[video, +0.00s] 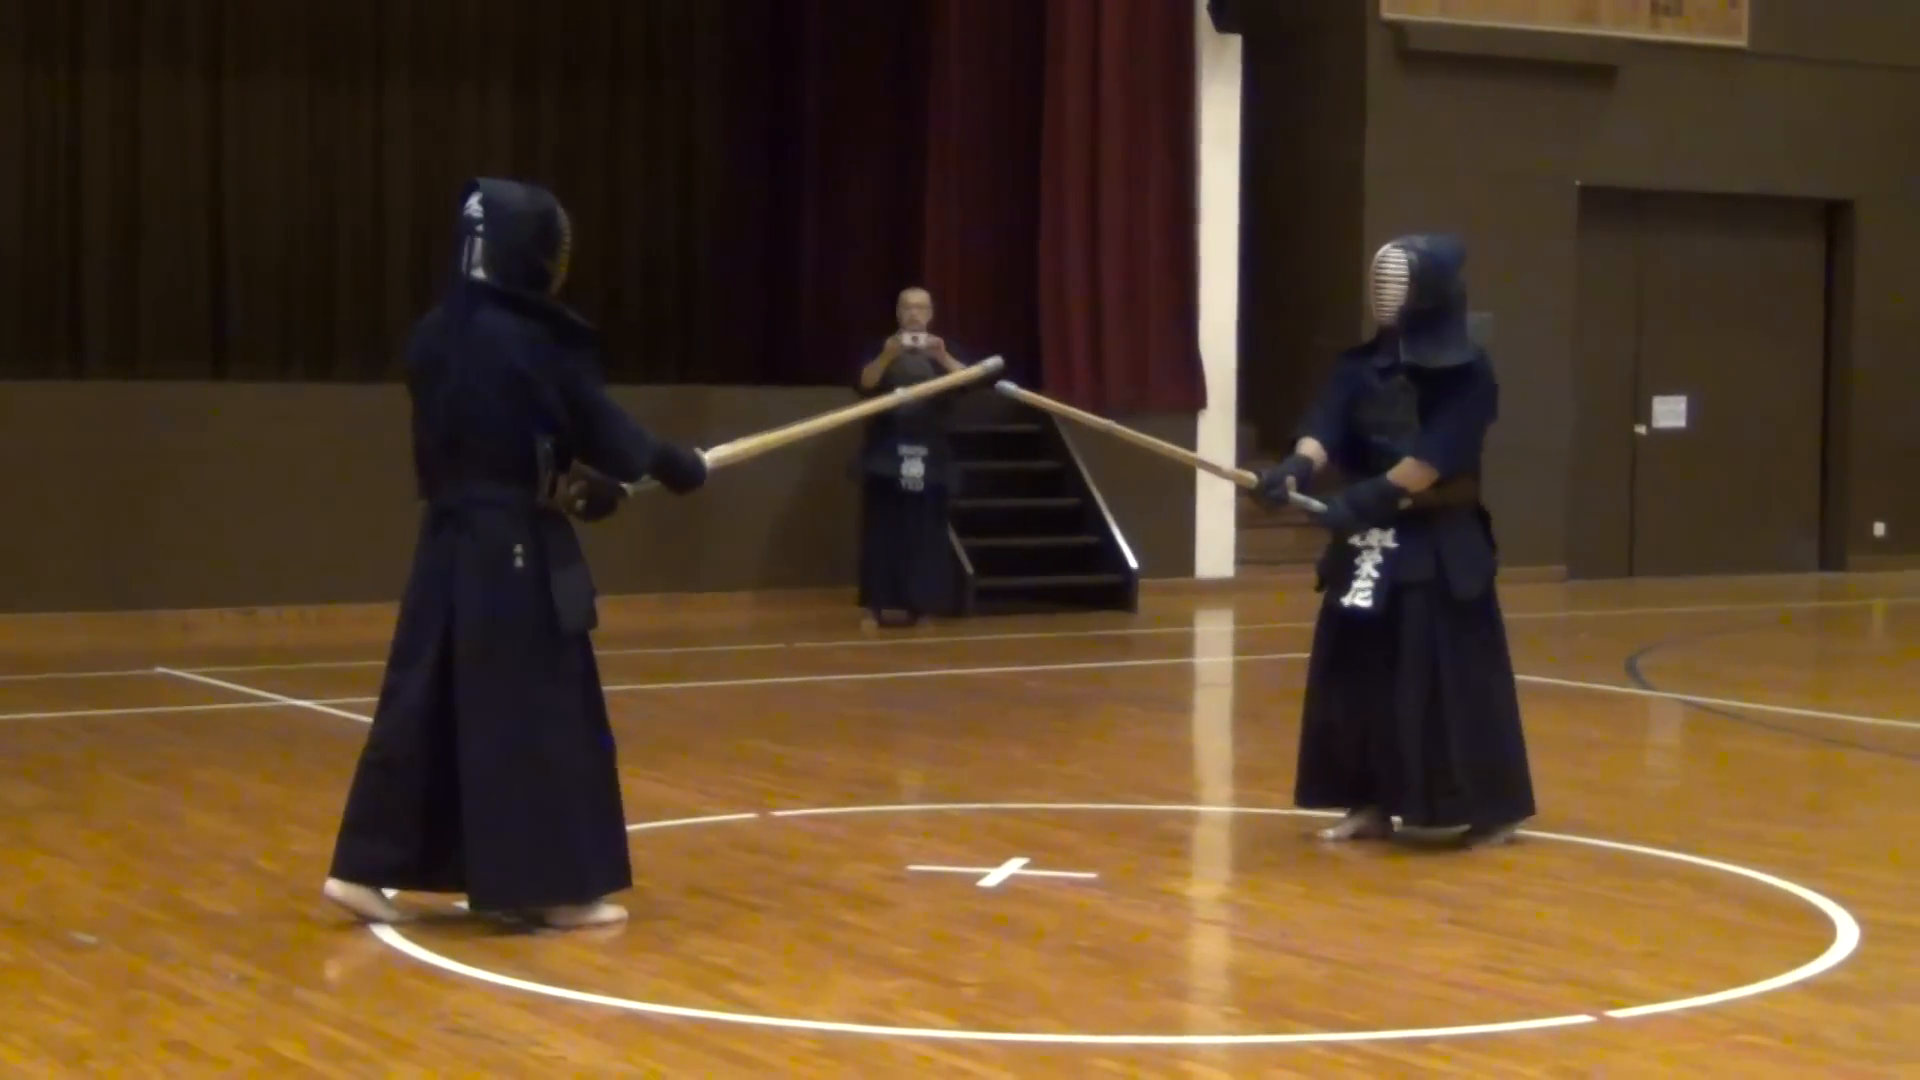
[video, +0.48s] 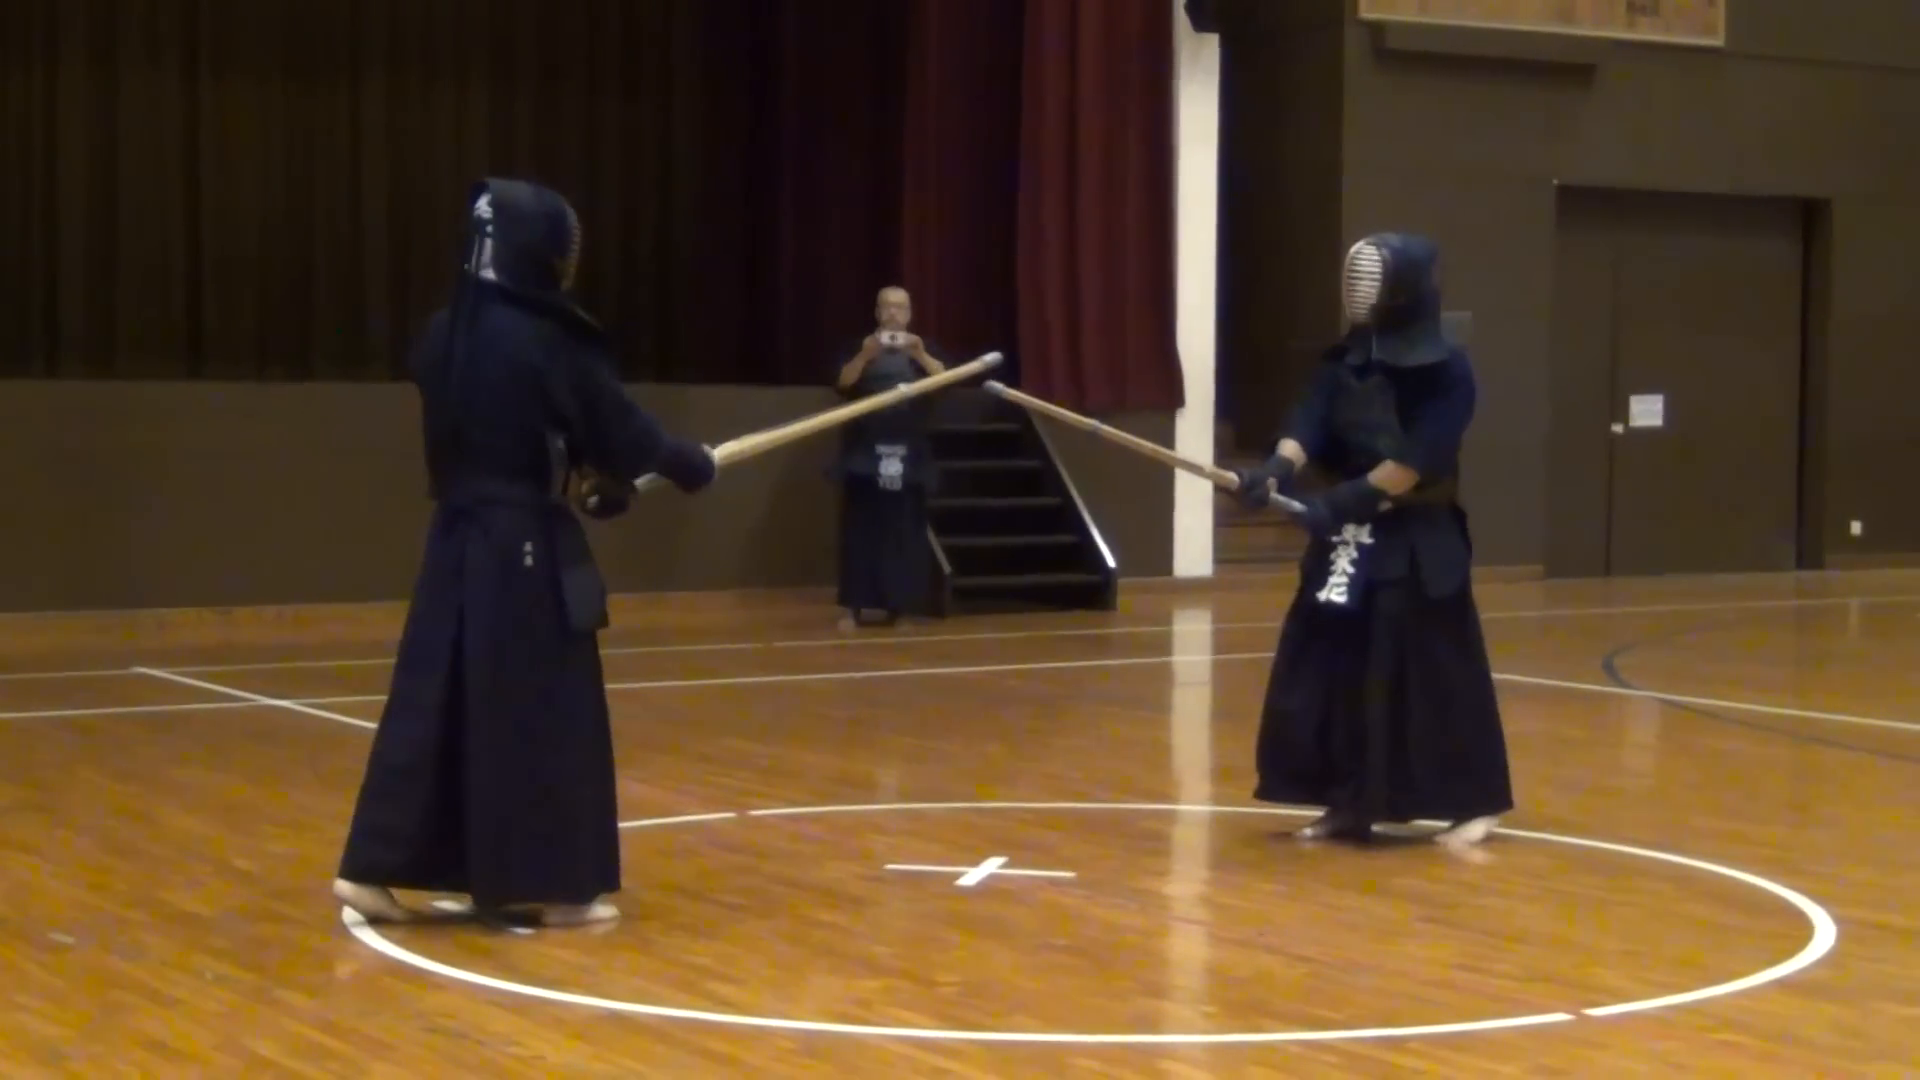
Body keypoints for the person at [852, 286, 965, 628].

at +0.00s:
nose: (914, 314)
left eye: (921, 308)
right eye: (908, 308)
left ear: (931, 313)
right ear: (898, 312)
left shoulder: (941, 352)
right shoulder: (882, 350)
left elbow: (972, 381)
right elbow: (864, 385)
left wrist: (941, 355)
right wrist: (889, 354)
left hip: (928, 448)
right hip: (886, 446)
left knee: (924, 524)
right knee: (883, 523)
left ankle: (921, 605)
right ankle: (877, 603)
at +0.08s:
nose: (909, 314)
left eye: (916, 308)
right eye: (903, 308)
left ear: (926, 313)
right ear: (893, 312)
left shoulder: (937, 350)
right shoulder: (879, 349)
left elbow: (965, 382)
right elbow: (859, 384)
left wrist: (935, 355)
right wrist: (884, 354)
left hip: (924, 446)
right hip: (882, 445)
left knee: (921, 522)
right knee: (879, 522)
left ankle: (918, 601)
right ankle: (875, 602)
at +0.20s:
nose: (902, 314)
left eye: (908, 308)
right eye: (896, 308)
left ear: (918, 313)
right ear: (885, 312)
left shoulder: (927, 351)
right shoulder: (869, 349)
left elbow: (956, 381)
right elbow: (853, 383)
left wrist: (927, 356)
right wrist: (875, 354)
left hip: (915, 447)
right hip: (873, 446)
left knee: (911, 524)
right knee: (869, 524)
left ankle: (909, 607)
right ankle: (860, 607)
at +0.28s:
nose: (897, 315)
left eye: (904, 308)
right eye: (891, 308)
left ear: (914, 314)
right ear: (880, 312)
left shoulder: (926, 352)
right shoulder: (865, 350)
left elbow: (951, 382)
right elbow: (848, 385)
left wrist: (922, 356)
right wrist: (872, 354)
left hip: (912, 448)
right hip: (870, 447)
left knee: (909, 523)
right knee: (866, 523)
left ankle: (906, 604)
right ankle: (861, 603)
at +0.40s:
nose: (894, 314)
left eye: (901, 308)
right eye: (889, 307)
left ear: (911, 313)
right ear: (878, 312)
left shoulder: (922, 352)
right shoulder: (862, 349)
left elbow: (949, 380)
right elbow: (844, 384)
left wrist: (920, 354)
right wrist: (868, 354)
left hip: (908, 448)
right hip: (866, 446)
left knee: (904, 525)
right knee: (861, 524)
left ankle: (901, 607)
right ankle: (853, 606)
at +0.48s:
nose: (893, 313)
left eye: (899, 308)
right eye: (887, 307)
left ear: (910, 313)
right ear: (877, 311)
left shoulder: (921, 350)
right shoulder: (862, 348)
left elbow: (947, 379)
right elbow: (843, 383)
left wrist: (919, 354)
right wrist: (868, 353)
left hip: (907, 447)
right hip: (865, 446)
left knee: (904, 525)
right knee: (860, 524)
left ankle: (901, 607)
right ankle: (852, 605)